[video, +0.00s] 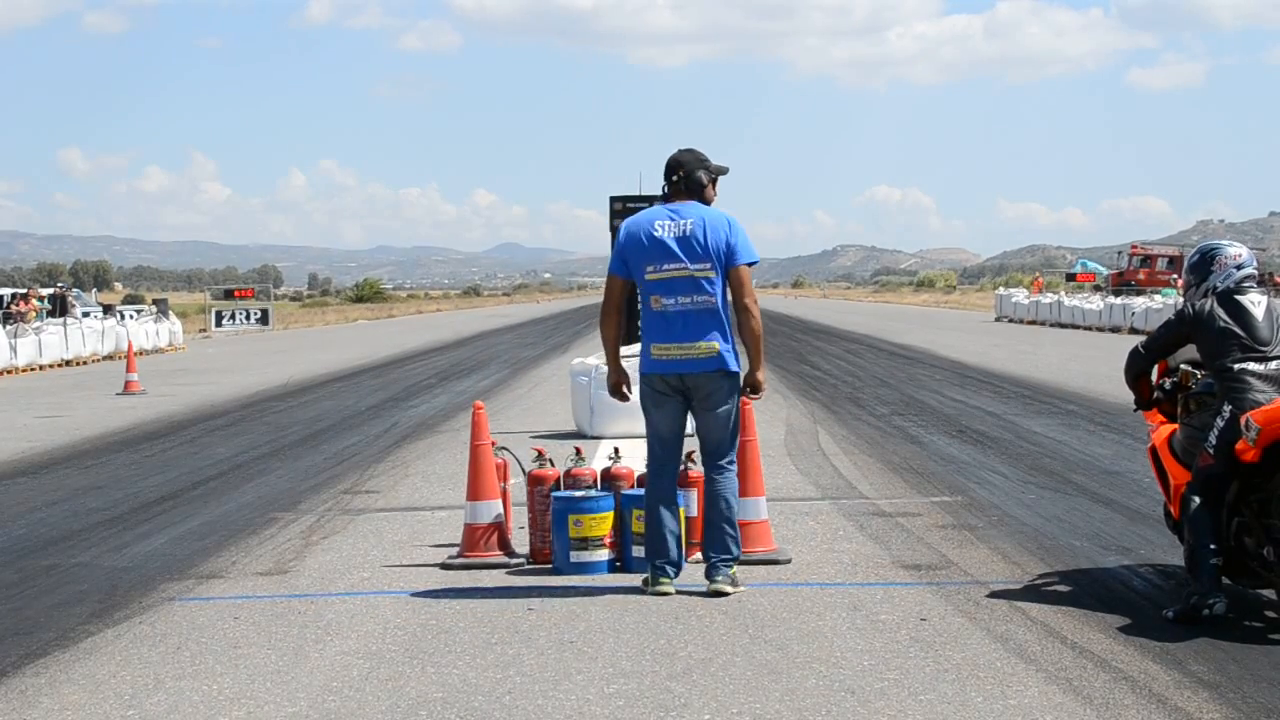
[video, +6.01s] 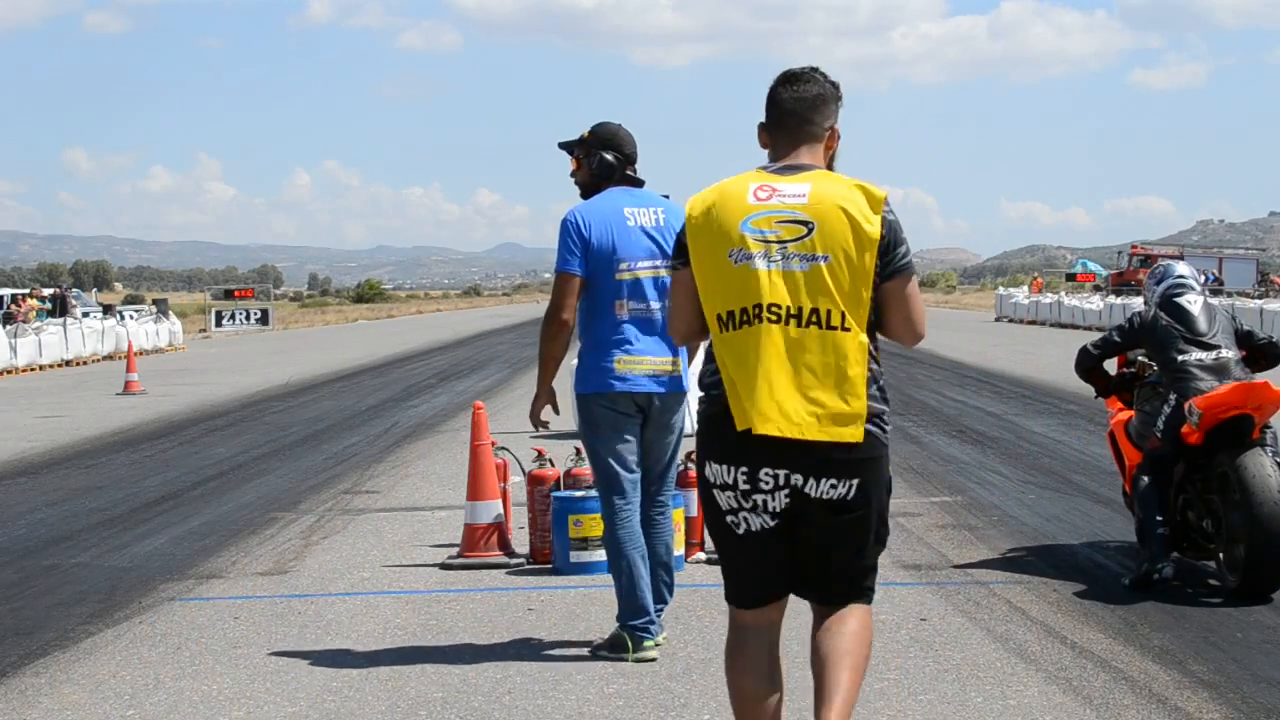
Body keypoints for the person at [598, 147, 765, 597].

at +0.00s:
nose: (716, 191)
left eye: (716, 184)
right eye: (714, 184)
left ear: (668, 183)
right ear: (703, 184)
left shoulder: (633, 229)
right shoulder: (721, 225)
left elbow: (612, 305)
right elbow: (746, 305)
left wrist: (613, 364)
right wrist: (757, 365)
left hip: (658, 366)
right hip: (713, 364)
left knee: (661, 466)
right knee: (720, 463)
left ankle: (661, 571)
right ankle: (720, 568)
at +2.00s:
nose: (576, 191)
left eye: (579, 184)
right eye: (576, 184)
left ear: (596, 184)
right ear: (624, 185)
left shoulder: (577, 228)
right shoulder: (665, 222)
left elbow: (516, 266)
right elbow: (716, 277)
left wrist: (465, 292)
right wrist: (763, 313)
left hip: (601, 362)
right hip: (658, 360)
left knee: (609, 467)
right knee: (661, 462)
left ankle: (617, 571)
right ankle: (667, 569)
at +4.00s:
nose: (607, 182)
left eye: (588, 176)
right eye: (621, 176)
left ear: (580, 181)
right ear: (625, 180)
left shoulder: (553, 229)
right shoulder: (653, 229)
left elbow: (530, 313)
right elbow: (674, 312)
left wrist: (530, 376)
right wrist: (682, 375)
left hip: (575, 372)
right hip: (636, 371)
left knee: (571, 480)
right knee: (636, 477)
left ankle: (570, 588)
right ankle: (637, 586)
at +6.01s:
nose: (573, 173)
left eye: (576, 163)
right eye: (573, 163)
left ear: (592, 165)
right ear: (630, 165)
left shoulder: (582, 218)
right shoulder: (674, 214)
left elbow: (563, 316)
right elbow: (698, 300)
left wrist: (545, 384)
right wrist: (679, 362)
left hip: (607, 381)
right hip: (671, 379)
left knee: (622, 501)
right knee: (660, 493)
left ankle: (639, 631)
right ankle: (653, 609)